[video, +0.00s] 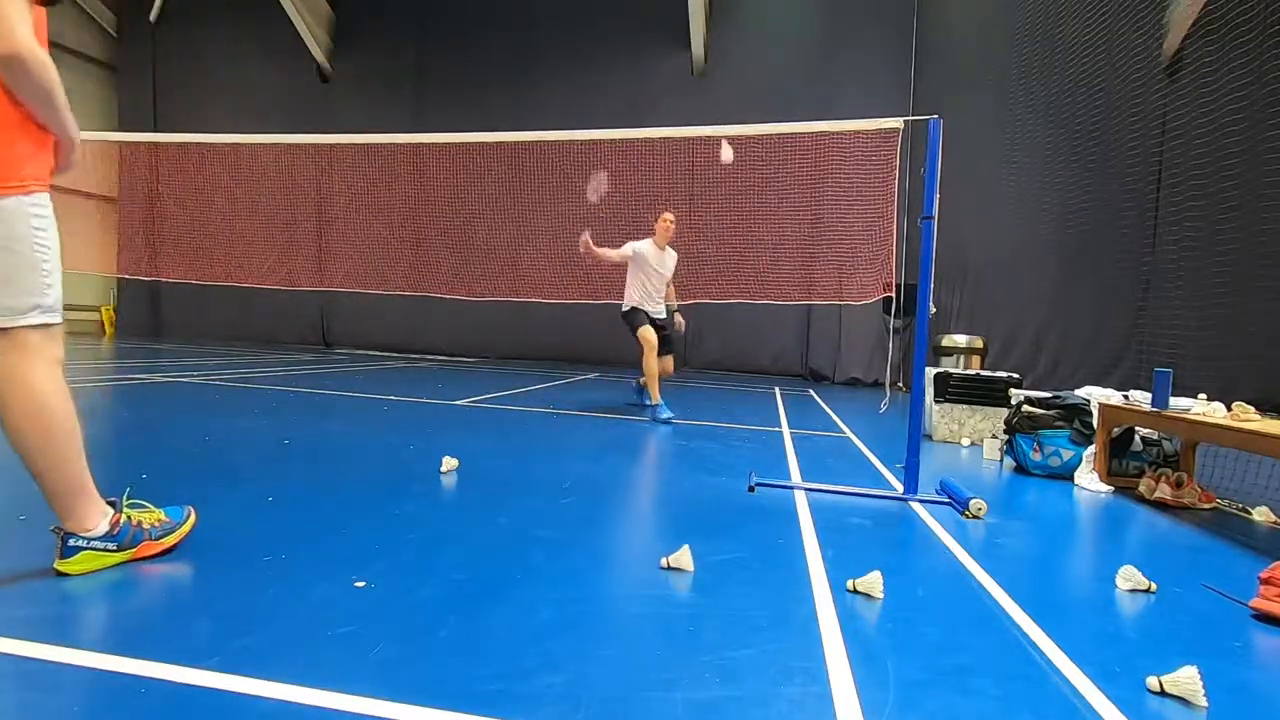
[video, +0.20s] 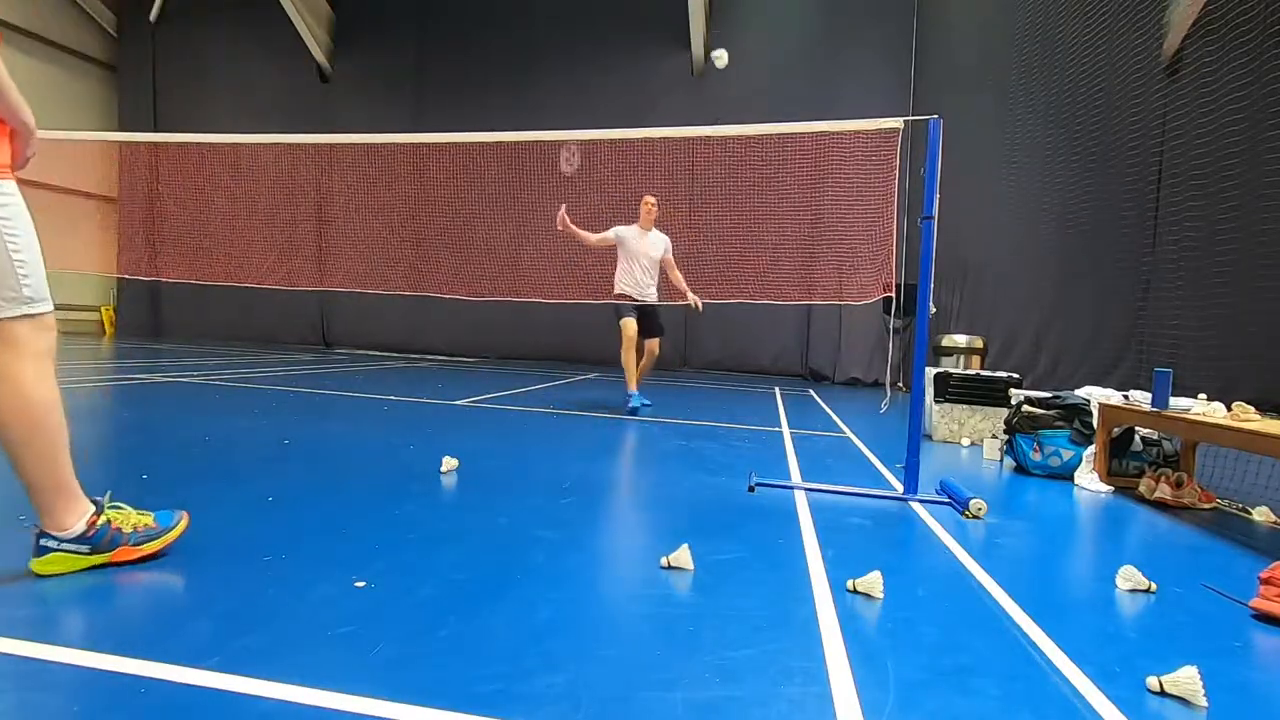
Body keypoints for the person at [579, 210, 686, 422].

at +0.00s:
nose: (669, 226)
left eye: (672, 223)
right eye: (665, 221)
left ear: (675, 229)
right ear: (655, 225)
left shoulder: (672, 256)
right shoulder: (639, 248)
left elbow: (668, 285)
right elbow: (615, 255)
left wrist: (675, 312)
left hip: (658, 312)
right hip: (635, 308)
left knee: (667, 368)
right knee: (651, 342)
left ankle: (642, 383)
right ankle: (657, 403)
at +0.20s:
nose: (649, 208)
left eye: (653, 205)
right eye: (646, 204)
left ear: (658, 211)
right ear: (639, 208)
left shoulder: (663, 240)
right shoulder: (623, 232)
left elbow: (672, 270)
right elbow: (593, 239)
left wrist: (688, 292)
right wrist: (568, 227)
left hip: (648, 300)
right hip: (625, 296)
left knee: (653, 350)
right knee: (630, 332)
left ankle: (633, 387)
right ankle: (632, 393)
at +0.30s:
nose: (640, 203)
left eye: (644, 200)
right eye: (637, 199)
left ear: (649, 206)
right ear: (630, 204)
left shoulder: (657, 233)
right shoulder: (615, 229)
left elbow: (669, 263)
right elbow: (587, 240)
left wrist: (682, 280)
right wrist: (563, 233)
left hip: (644, 295)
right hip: (619, 292)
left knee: (646, 346)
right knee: (616, 337)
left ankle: (634, 391)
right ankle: (611, 389)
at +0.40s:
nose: (631, 201)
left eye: (635, 199)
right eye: (628, 198)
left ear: (640, 204)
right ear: (622, 202)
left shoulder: (649, 231)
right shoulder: (608, 229)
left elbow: (659, 259)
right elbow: (585, 247)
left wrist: (669, 273)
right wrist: (565, 253)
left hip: (637, 293)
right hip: (611, 291)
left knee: (641, 341)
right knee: (600, 337)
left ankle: (634, 391)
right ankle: (590, 384)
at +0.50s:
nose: (621, 204)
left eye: (625, 202)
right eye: (618, 201)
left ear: (630, 208)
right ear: (612, 205)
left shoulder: (640, 233)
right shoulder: (599, 233)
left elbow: (649, 260)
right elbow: (580, 256)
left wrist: (653, 275)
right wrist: (567, 274)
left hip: (629, 295)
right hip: (602, 293)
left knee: (636, 340)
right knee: (585, 339)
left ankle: (633, 390)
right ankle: (573, 380)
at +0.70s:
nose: (600, 218)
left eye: (604, 215)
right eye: (597, 214)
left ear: (609, 220)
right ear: (591, 218)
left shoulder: (619, 244)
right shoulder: (579, 245)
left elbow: (629, 269)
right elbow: (569, 274)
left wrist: (627, 290)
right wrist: (566, 298)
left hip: (611, 303)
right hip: (584, 303)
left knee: (626, 339)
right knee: (572, 342)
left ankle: (634, 388)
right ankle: (563, 382)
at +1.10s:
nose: (603, 223)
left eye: (607, 220)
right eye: (600, 219)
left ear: (612, 224)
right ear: (594, 222)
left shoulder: (621, 248)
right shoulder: (581, 249)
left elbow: (629, 272)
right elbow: (569, 276)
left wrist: (631, 293)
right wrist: (567, 298)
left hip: (613, 304)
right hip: (586, 305)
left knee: (630, 340)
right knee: (576, 343)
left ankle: (630, 387)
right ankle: (570, 382)